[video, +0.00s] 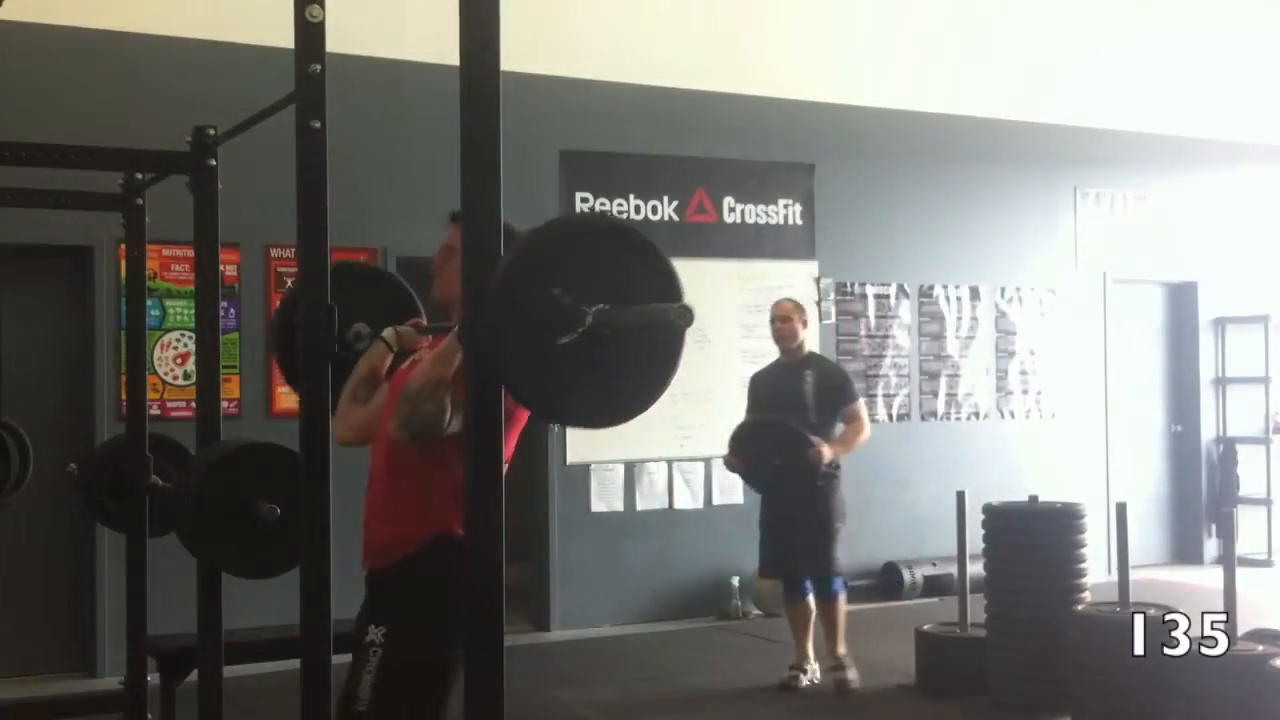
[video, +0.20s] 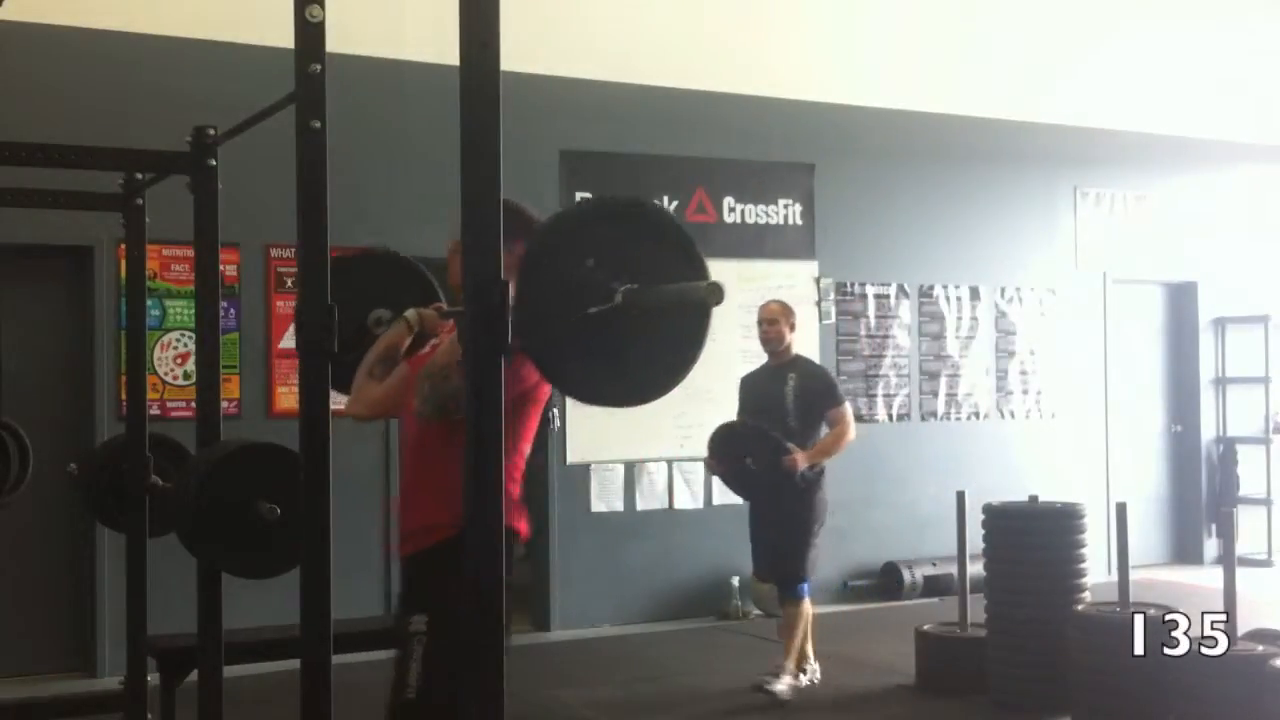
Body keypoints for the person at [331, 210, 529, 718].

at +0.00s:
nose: (435, 263)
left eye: (450, 253)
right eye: (440, 252)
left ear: (486, 267)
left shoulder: (503, 356)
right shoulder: (430, 352)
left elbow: (410, 424)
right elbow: (347, 427)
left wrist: (468, 329)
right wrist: (378, 354)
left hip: (439, 568)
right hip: (395, 568)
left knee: (380, 706)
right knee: (371, 703)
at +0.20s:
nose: (451, 258)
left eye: (464, 248)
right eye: (454, 249)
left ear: (510, 258)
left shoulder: (525, 337)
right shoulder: (449, 339)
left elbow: (436, 399)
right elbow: (363, 402)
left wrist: (450, 330)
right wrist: (396, 336)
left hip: (481, 537)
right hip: (433, 539)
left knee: (461, 687)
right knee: (442, 688)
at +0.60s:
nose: (506, 237)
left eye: (523, 229)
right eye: (510, 227)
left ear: (564, 247)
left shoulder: (576, 329)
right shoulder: (489, 330)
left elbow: (513, 389)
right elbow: (413, 401)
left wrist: (525, 317)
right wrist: (440, 336)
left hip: (545, 527)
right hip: (482, 530)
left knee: (545, 689)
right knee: (475, 684)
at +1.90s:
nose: (578, 241)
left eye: (596, 234)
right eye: (581, 232)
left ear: (624, 261)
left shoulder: (624, 324)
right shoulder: (532, 327)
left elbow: (554, 325)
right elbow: (452, 346)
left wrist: (570, 240)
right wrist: (475, 267)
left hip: (564, 527)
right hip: (503, 525)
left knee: (568, 692)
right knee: (506, 685)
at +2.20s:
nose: (571, 251)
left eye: (588, 245)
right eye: (569, 242)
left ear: (625, 259)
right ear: (563, 248)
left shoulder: (631, 327)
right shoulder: (533, 315)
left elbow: (598, 281)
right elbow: (462, 290)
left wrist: (584, 178)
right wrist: (488, 208)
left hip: (568, 528)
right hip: (496, 522)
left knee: (572, 697)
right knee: (496, 687)